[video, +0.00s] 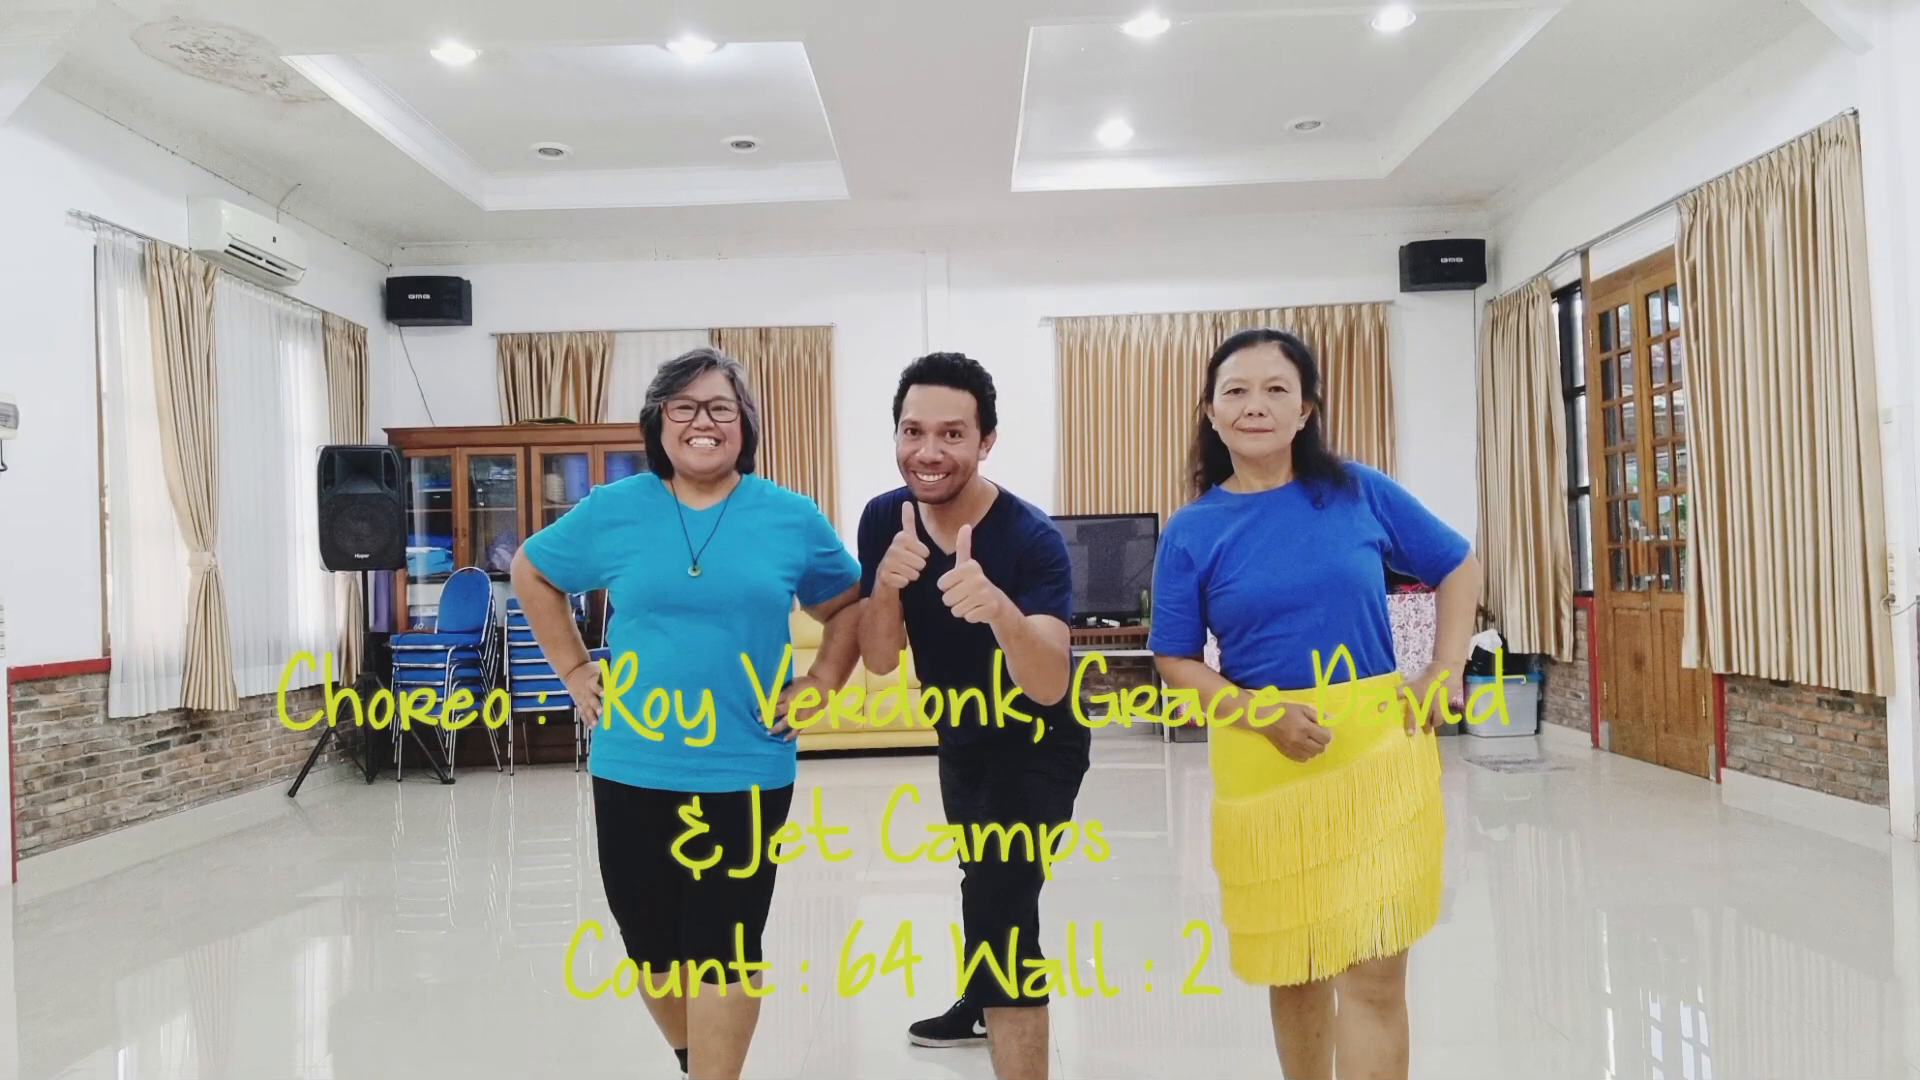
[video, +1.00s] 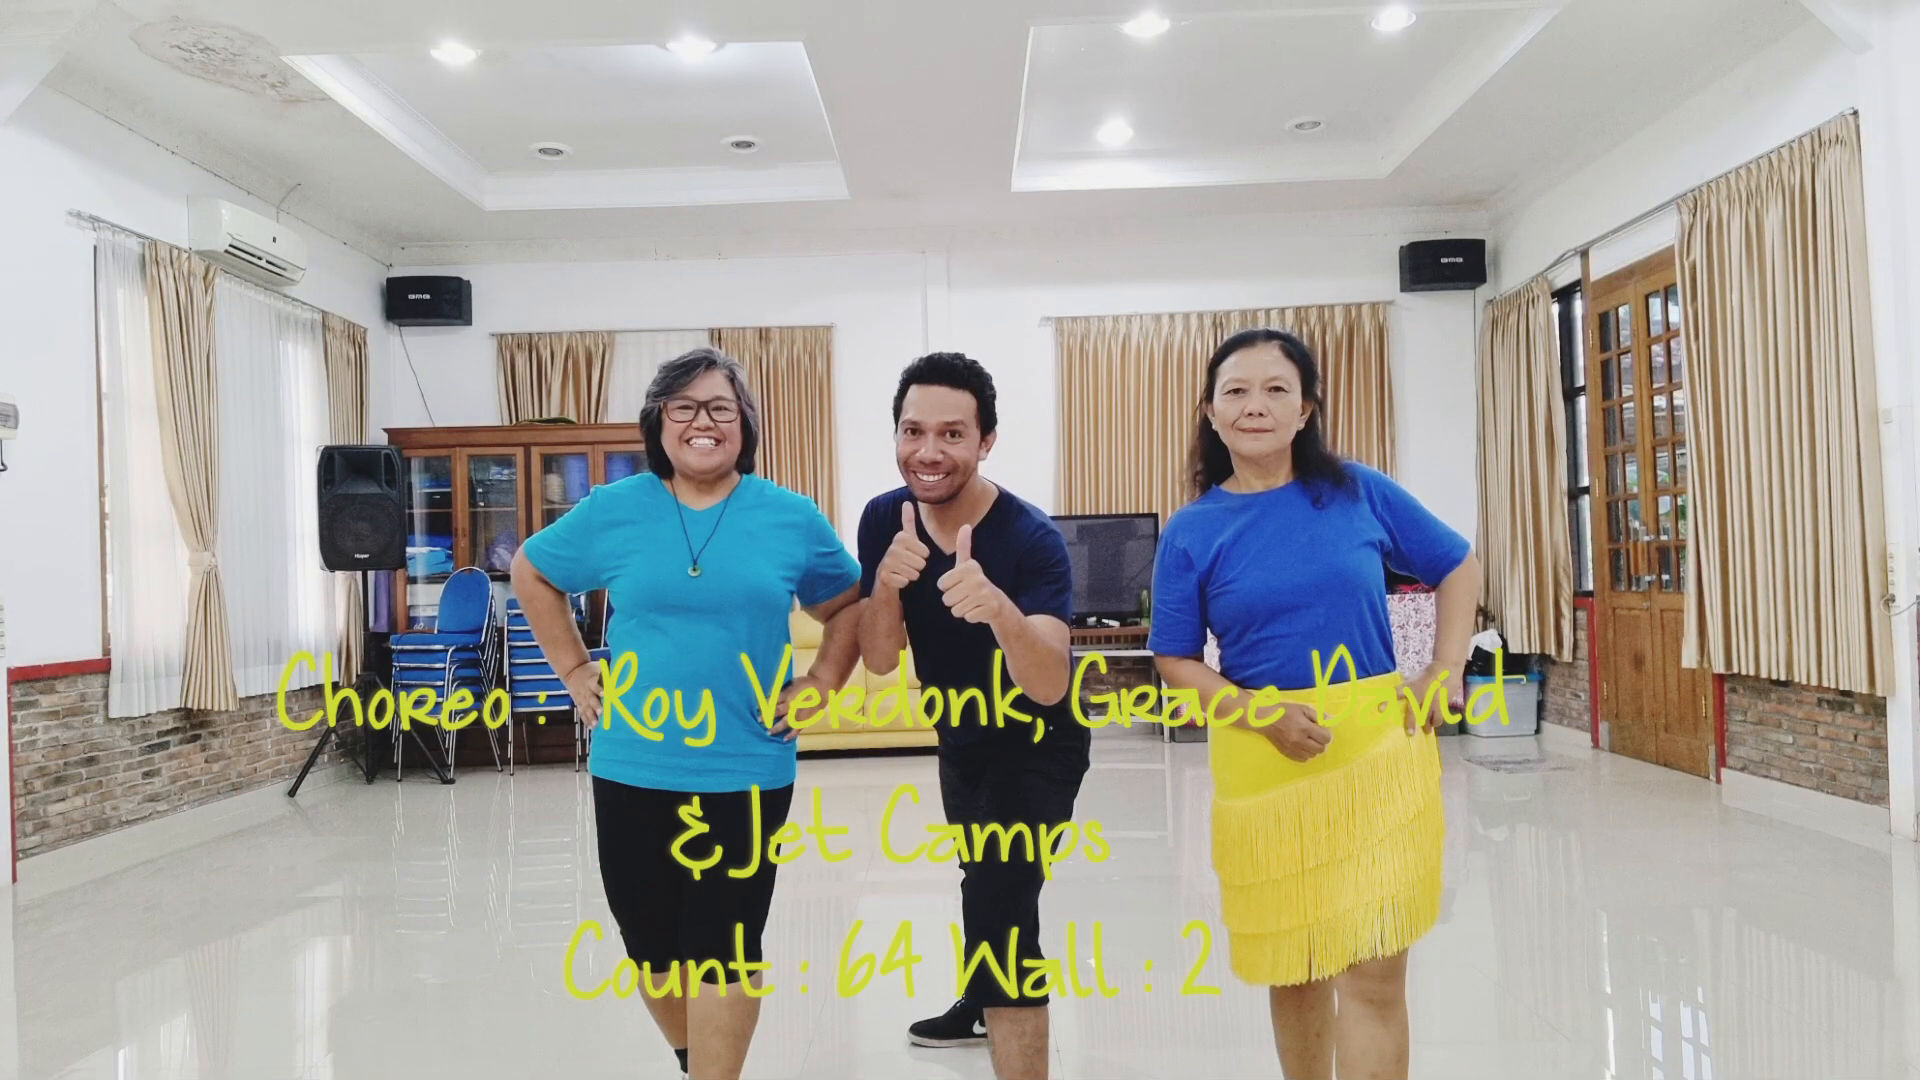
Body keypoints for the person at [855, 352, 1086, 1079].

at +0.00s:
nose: (930, 453)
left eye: (951, 436)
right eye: (915, 434)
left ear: (986, 445)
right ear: (896, 439)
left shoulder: (1031, 541)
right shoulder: (886, 521)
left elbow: (1049, 684)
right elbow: (880, 660)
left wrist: (1001, 612)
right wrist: (883, 589)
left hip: (1039, 743)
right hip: (961, 741)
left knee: (1002, 924)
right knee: (981, 879)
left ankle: (1023, 1070)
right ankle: (985, 1003)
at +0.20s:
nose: (929, 453)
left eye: (951, 436)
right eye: (914, 433)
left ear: (986, 444)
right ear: (896, 438)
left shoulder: (1031, 541)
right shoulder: (885, 521)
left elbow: (1050, 684)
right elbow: (880, 660)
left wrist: (1002, 613)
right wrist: (883, 588)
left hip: (1039, 742)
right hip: (960, 741)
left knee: (1001, 921)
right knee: (981, 878)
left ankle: (1023, 1071)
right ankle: (985, 1002)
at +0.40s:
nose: (930, 453)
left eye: (951, 436)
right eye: (914, 433)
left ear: (986, 444)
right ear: (896, 439)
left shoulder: (1031, 541)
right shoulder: (885, 521)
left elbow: (1050, 684)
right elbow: (880, 660)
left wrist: (1001, 612)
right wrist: (883, 589)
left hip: (1039, 743)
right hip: (961, 741)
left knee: (1002, 923)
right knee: (981, 878)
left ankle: (1023, 1070)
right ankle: (986, 1003)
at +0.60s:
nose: (929, 453)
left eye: (951, 436)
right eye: (914, 433)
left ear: (986, 444)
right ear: (896, 438)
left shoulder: (1031, 541)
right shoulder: (885, 521)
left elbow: (1050, 684)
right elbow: (880, 660)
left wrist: (1002, 613)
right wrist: (883, 588)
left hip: (1040, 742)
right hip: (960, 740)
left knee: (1001, 920)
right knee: (981, 878)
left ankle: (1023, 1071)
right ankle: (985, 1002)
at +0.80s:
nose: (929, 453)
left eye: (951, 436)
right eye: (914, 433)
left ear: (986, 444)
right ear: (896, 438)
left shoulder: (1031, 541)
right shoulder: (886, 521)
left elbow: (1050, 684)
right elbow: (880, 660)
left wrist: (1002, 613)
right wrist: (883, 588)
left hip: (1040, 742)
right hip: (960, 741)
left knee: (1001, 920)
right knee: (981, 878)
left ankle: (1023, 1070)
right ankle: (985, 1002)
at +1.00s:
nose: (930, 453)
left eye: (952, 436)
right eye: (914, 433)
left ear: (986, 444)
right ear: (896, 439)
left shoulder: (1031, 541)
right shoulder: (885, 521)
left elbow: (1050, 684)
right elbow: (880, 660)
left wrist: (1001, 612)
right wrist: (883, 589)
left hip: (1039, 743)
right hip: (961, 741)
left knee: (1001, 923)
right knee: (981, 878)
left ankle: (1023, 1070)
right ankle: (985, 1003)